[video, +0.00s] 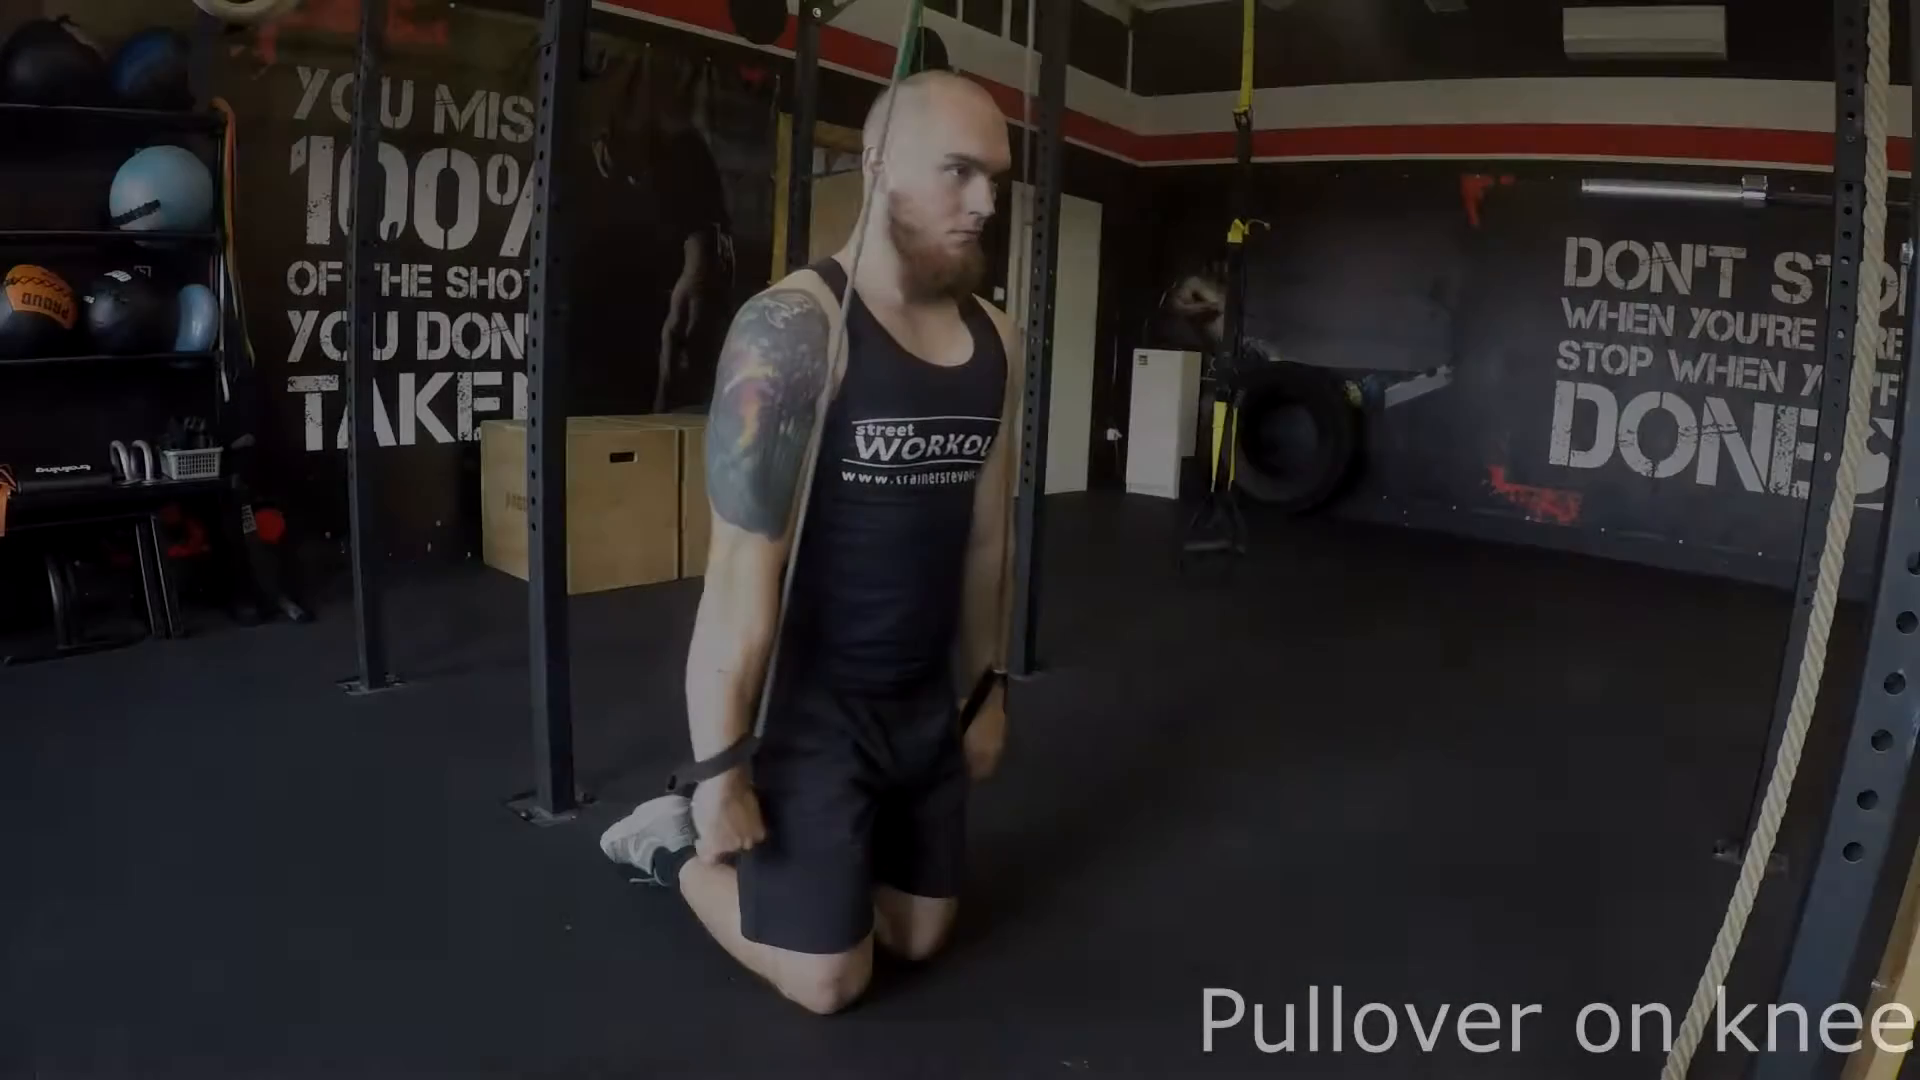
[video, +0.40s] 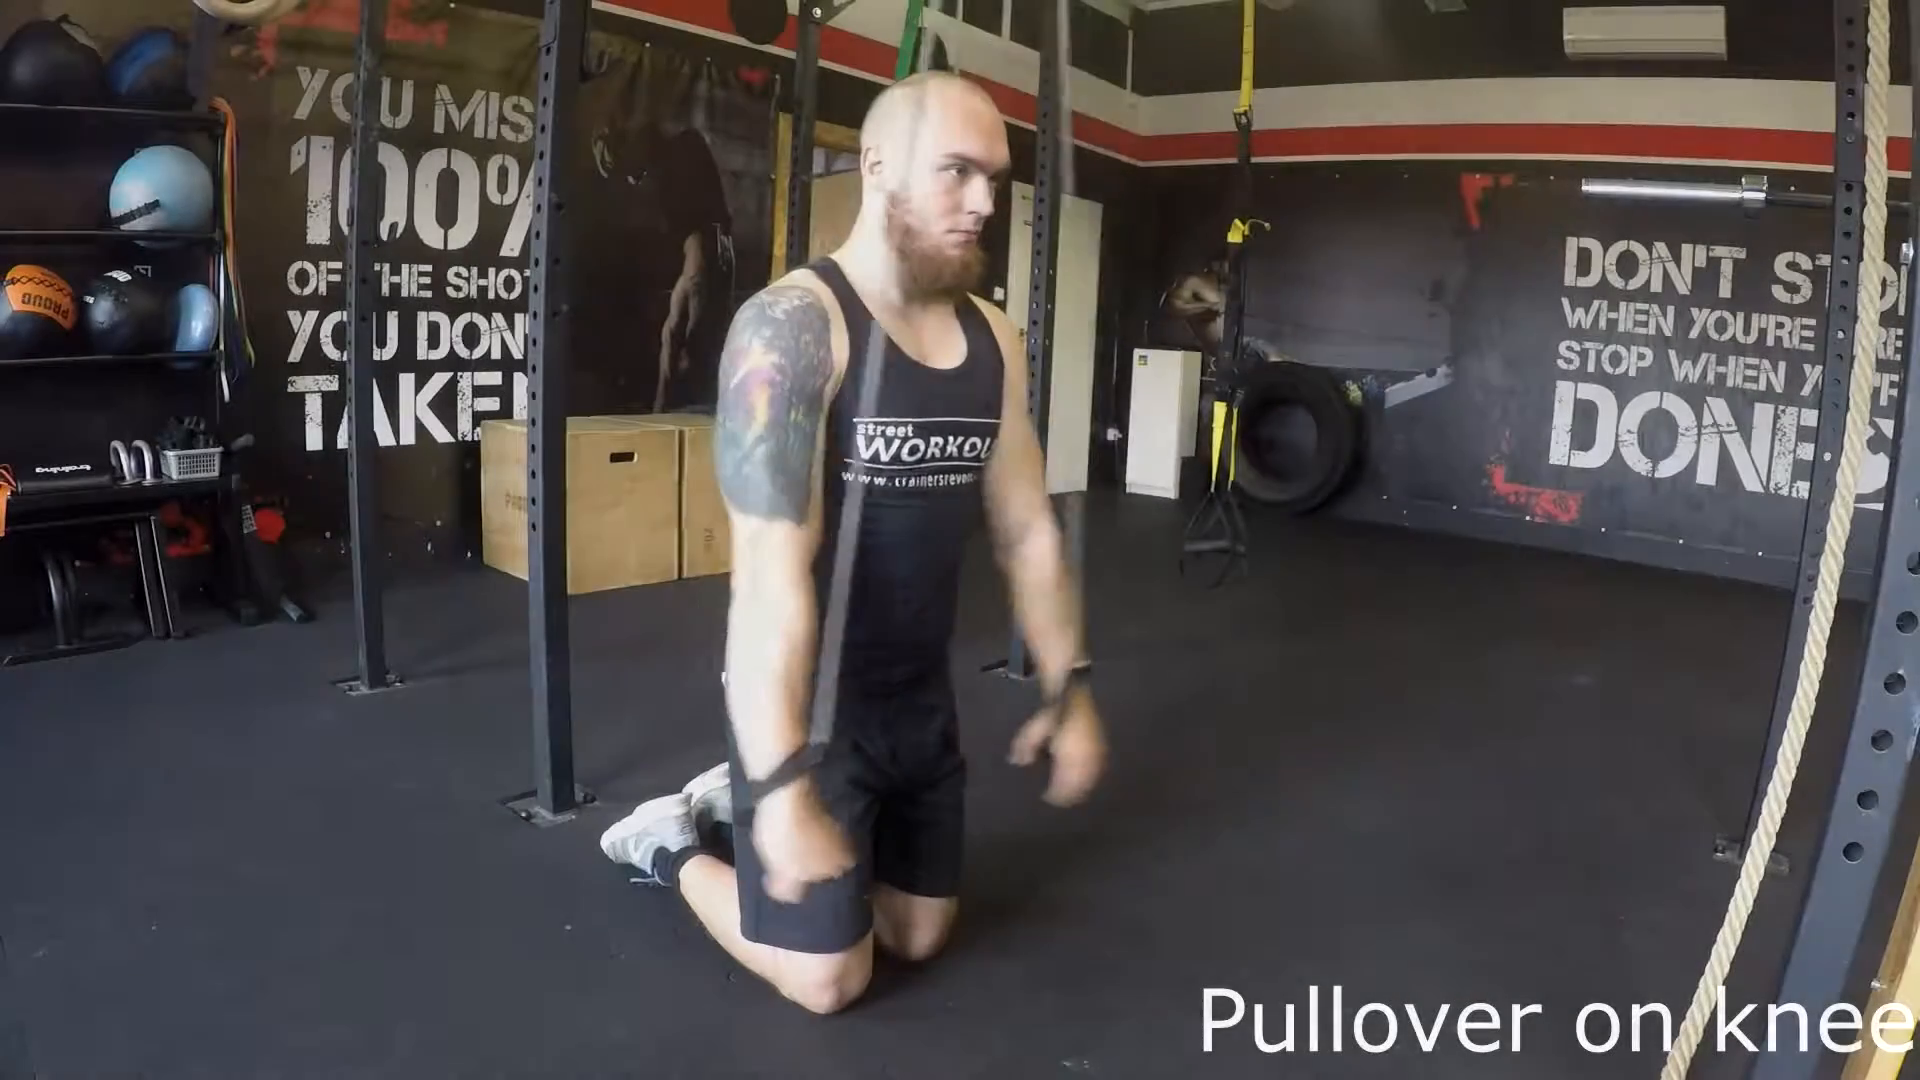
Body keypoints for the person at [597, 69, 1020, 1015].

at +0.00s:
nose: (983, 204)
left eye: (995, 179)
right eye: (958, 172)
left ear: (1003, 187)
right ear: (879, 167)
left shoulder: (990, 337)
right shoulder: (789, 329)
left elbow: (988, 530)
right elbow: (744, 564)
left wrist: (986, 682)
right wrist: (721, 768)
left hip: (923, 698)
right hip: (804, 705)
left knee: (918, 931)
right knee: (826, 979)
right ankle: (682, 845)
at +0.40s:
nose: (982, 203)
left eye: (995, 179)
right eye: (956, 170)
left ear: (1002, 190)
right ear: (876, 170)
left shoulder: (990, 339)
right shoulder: (789, 329)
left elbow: (1026, 528)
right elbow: (770, 577)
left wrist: (1066, 685)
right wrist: (784, 788)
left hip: (919, 700)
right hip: (812, 711)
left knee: (918, 931)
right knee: (826, 980)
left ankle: (730, 814)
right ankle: (671, 854)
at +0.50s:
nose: (979, 202)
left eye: (990, 178)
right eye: (955, 171)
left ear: (996, 185)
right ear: (876, 170)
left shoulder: (988, 332)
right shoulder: (789, 325)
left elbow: (1053, 505)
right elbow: (807, 561)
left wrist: (1137, 671)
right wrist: (862, 766)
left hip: (917, 680)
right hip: (801, 682)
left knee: (914, 933)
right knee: (822, 978)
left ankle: (751, 803)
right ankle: (671, 849)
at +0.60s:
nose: (972, 202)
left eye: (983, 178)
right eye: (948, 172)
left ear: (989, 185)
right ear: (871, 172)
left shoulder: (983, 322)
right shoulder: (791, 315)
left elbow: (1089, 477)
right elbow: (865, 523)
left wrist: (1211, 616)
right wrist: (979, 695)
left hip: (929, 676)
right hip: (804, 681)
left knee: (912, 934)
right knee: (823, 980)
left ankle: (745, 809)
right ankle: (673, 853)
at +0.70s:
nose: (969, 204)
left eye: (982, 182)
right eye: (945, 173)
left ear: (986, 188)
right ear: (865, 171)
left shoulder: (977, 311)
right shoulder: (788, 309)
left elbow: (1116, 418)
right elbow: (931, 444)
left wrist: (1286, 526)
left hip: (913, 684)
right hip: (797, 685)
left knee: (917, 931)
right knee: (823, 980)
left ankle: (747, 805)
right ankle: (680, 856)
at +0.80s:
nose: (965, 205)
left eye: (976, 181)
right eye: (938, 176)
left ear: (981, 184)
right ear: (859, 171)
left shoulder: (976, 307)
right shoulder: (785, 296)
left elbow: (1125, 348)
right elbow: (944, 335)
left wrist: (1328, 412)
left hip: (914, 684)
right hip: (797, 684)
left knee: (916, 931)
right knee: (821, 980)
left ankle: (750, 808)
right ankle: (675, 851)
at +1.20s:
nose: (979, 209)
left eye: (990, 184)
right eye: (952, 180)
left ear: (992, 188)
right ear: (869, 174)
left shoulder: (988, 304)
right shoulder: (797, 302)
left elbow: (1122, 346)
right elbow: (970, 366)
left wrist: (1320, 393)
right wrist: (1187, 391)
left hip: (913, 685)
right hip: (796, 685)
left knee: (916, 931)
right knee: (821, 978)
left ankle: (753, 807)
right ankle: (672, 851)